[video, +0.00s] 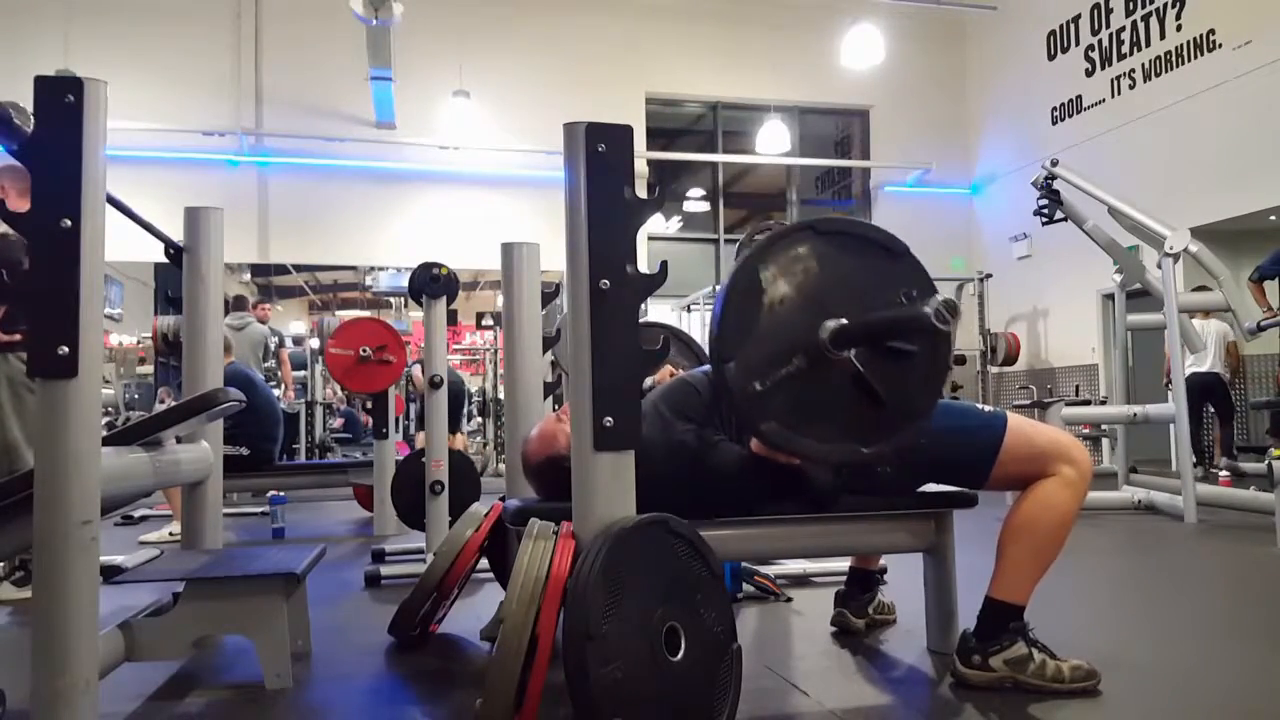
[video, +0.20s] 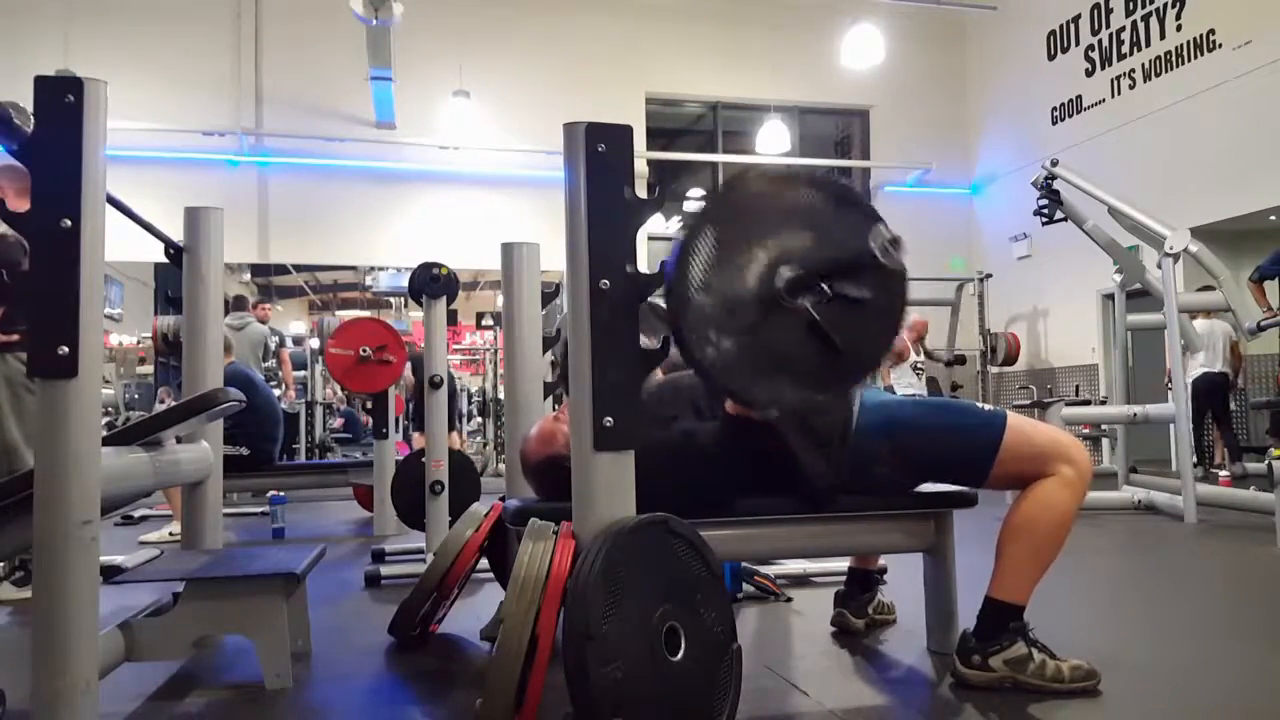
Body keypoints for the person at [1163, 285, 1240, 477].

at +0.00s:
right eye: (1209, 303)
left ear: (1191, 306)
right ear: (1212, 306)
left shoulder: (1181, 327)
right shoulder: (1224, 327)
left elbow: (1170, 355)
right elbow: (1234, 358)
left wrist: (1166, 377)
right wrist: (1231, 377)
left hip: (1191, 379)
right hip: (1216, 379)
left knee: (1194, 423)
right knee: (1226, 419)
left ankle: (1199, 464)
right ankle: (1227, 457)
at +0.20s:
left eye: (1196, 305)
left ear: (1196, 306)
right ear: (1215, 306)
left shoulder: (1189, 327)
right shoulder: (1226, 327)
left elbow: (1177, 352)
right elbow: (1237, 356)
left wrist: (1169, 374)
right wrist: (1234, 378)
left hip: (1197, 377)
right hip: (1221, 376)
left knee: (1197, 424)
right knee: (1224, 422)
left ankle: (1200, 464)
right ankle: (1236, 461)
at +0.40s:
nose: (1196, 309)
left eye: (1198, 305)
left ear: (1201, 307)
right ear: (1220, 305)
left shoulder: (1200, 328)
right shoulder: (1231, 326)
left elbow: (1192, 356)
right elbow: (1239, 354)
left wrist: (1184, 373)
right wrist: (1240, 374)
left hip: (1209, 377)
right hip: (1231, 376)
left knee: (1204, 422)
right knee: (1232, 422)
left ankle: (1202, 464)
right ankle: (1237, 465)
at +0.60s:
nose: (1198, 312)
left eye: (1199, 307)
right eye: (1197, 307)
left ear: (1205, 307)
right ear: (1218, 306)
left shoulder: (1209, 326)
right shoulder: (1234, 326)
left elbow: (1206, 354)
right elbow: (1242, 354)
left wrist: (1199, 376)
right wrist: (1244, 376)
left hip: (1217, 377)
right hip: (1237, 375)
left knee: (1207, 421)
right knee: (1236, 422)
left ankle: (1200, 462)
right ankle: (1238, 464)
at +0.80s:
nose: (1199, 310)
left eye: (1200, 305)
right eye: (1198, 306)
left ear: (1207, 305)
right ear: (1218, 303)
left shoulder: (1215, 325)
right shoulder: (1233, 324)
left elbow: (1212, 354)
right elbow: (1240, 352)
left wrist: (1204, 377)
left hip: (1222, 376)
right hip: (1238, 374)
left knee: (1213, 421)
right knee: (1235, 422)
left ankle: (1212, 462)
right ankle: (1237, 464)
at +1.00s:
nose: (1198, 311)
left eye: (1198, 306)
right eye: (1197, 306)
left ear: (1205, 306)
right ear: (1216, 303)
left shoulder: (1215, 324)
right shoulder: (1231, 324)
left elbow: (1212, 354)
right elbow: (1241, 353)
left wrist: (1200, 375)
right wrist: (1240, 373)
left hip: (1220, 377)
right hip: (1234, 375)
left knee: (1221, 421)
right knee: (1233, 419)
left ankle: (1230, 464)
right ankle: (1237, 462)